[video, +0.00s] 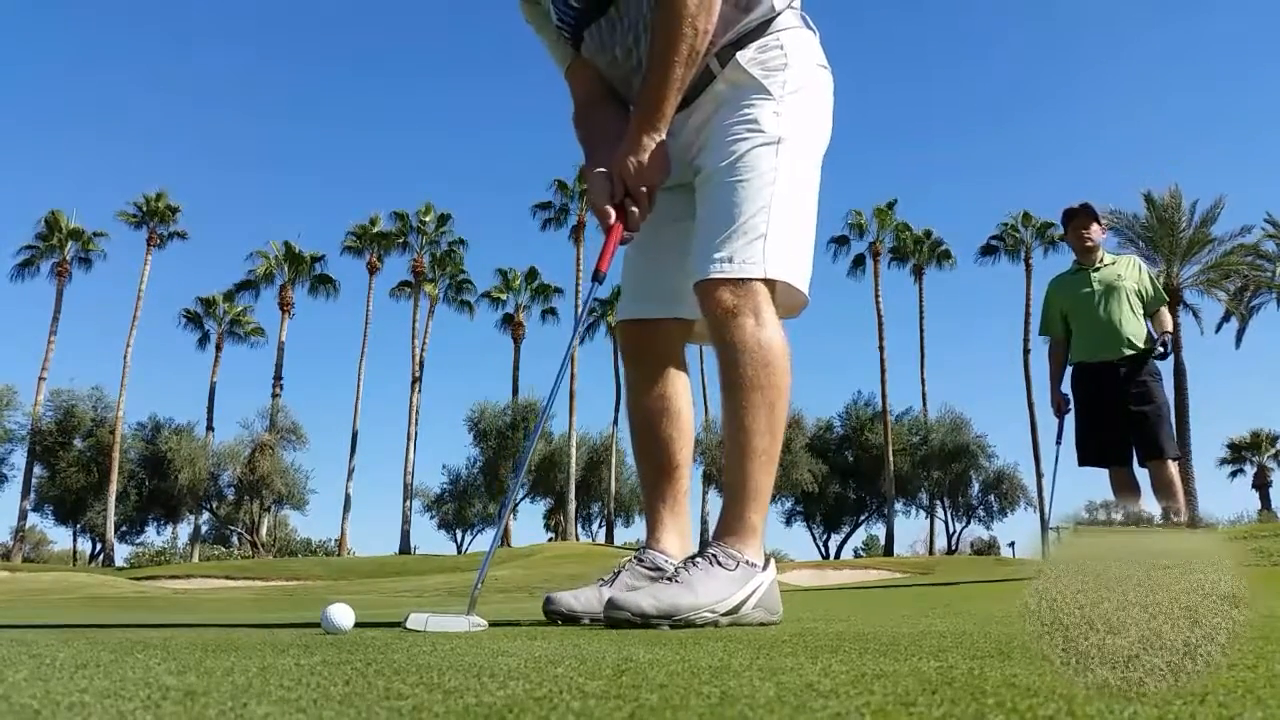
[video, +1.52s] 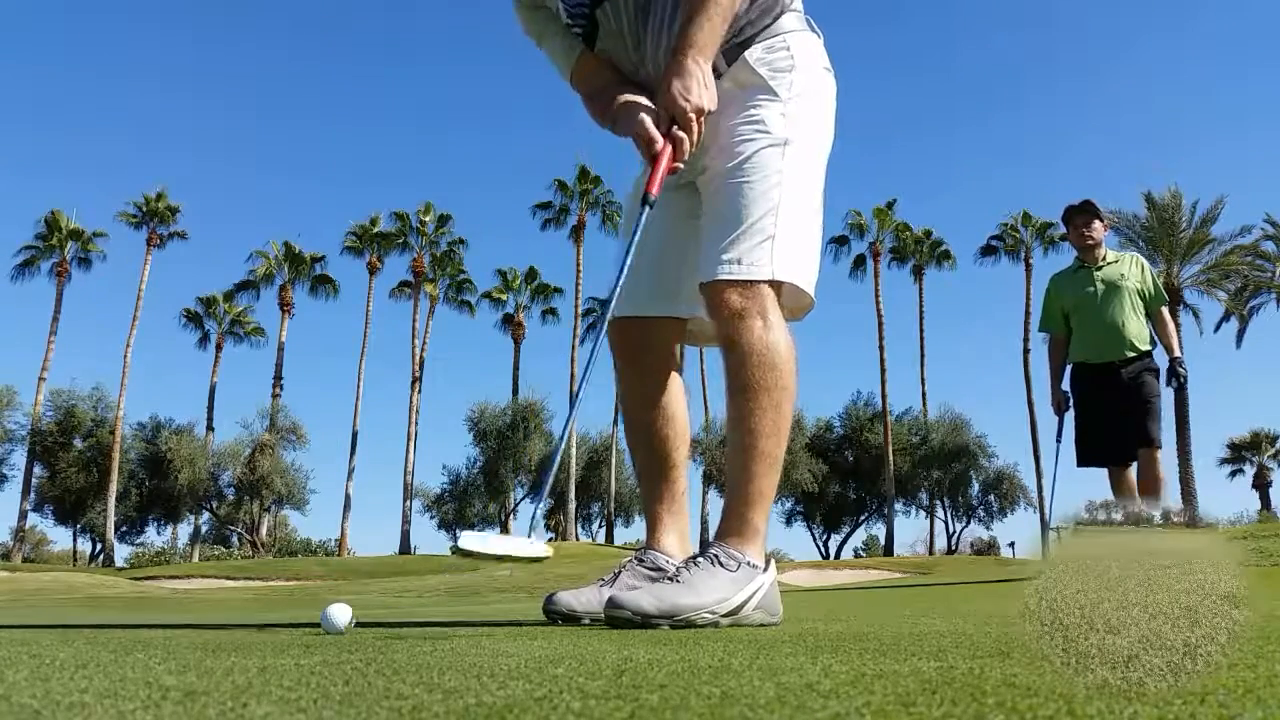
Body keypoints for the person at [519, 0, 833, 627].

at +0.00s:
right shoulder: (541, 6)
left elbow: (694, 8)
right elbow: (590, 90)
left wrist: (644, 130)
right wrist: (601, 160)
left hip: (753, 57)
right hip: (657, 109)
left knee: (734, 289)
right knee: (644, 325)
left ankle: (741, 561)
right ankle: (667, 558)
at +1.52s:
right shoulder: (536, 7)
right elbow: (597, 83)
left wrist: (693, 55)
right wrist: (627, 110)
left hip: (760, 53)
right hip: (671, 103)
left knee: (742, 290)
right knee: (637, 328)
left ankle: (743, 562)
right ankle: (667, 558)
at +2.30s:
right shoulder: (516, 6)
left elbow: (675, 5)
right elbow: (545, 69)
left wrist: (606, 106)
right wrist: (559, 128)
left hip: (704, 56)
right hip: (598, 98)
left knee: (669, 289)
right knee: (573, 323)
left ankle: (672, 559)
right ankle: (646, 543)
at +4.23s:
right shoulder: (469, 5)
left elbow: (626, 5)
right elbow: (512, 80)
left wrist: (564, 122)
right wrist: (525, 149)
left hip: (672, 51)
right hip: (574, 99)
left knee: (644, 289)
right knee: (544, 318)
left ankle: (656, 562)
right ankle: (577, 555)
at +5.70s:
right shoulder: (453, 6)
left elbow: (616, 5)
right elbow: (507, 93)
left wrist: (566, 125)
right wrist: (522, 160)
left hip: (667, 61)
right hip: (571, 111)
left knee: (641, 288)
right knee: (547, 324)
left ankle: (654, 562)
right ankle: (575, 561)